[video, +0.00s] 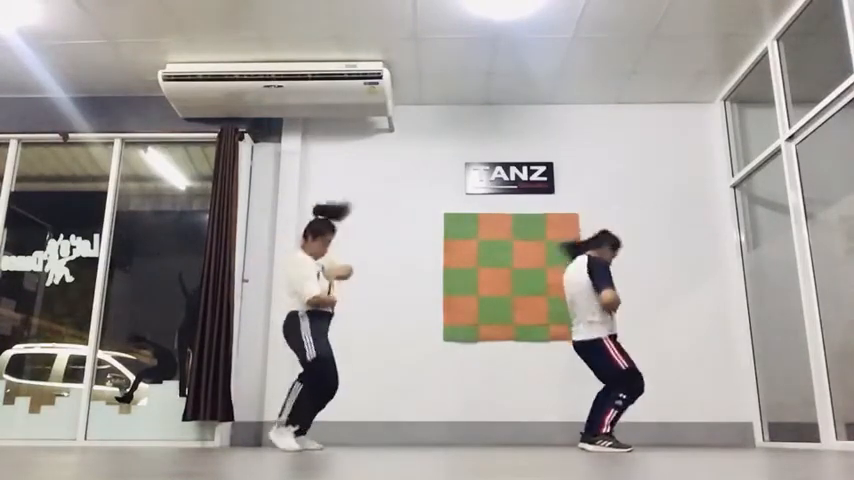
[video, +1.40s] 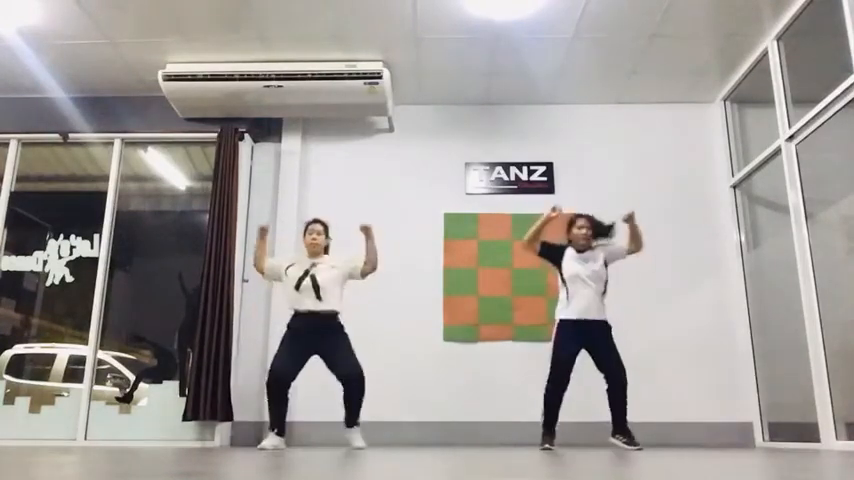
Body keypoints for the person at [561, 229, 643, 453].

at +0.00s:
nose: (612, 259)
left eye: (614, 255)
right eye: (612, 253)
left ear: (591, 248)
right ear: (602, 248)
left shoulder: (573, 267)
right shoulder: (595, 263)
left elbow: (577, 303)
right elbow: (608, 298)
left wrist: (602, 304)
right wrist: (613, 305)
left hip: (582, 338)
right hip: (598, 337)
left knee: (615, 383)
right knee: (633, 383)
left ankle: (592, 433)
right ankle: (601, 434)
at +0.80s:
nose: (640, 246)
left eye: (637, 242)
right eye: (635, 242)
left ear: (618, 247)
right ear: (624, 246)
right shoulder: (618, 261)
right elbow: (623, 295)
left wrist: (624, 331)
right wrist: (645, 324)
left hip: (575, 322)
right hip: (577, 323)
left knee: (606, 376)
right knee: (610, 375)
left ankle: (599, 434)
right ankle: (599, 435)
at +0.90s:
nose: (643, 254)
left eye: (642, 249)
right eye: (639, 249)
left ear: (625, 249)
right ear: (626, 249)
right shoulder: (611, 262)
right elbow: (614, 284)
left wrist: (635, 340)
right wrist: (642, 314)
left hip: (583, 325)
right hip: (570, 321)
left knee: (614, 376)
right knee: (599, 371)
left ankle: (601, 432)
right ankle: (593, 434)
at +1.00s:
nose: (635, 256)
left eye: (637, 251)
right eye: (630, 250)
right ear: (614, 251)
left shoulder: (615, 287)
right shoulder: (597, 266)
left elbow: (618, 327)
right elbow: (599, 257)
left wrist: (655, 329)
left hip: (591, 334)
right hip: (568, 326)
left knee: (625, 370)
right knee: (591, 373)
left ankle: (607, 428)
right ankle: (577, 435)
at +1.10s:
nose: (621, 248)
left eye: (626, 246)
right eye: (618, 243)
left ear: (629, 253)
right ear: (607, 244)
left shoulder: (620, 284)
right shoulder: (591, 260)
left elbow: (630, 312)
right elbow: (570, 239)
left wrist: (656, 294)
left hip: (595, 334)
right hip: (569, 324)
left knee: (625, 376)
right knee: (582, 374)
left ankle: (613, 431)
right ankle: (577, 435)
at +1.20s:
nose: (604, 239)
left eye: (609, 236)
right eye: (600, 234)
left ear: (618, 241)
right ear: (593, 236)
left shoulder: (621, 270)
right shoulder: (581, 255)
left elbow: (641, 284)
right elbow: (555, 233)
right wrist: (579, 223)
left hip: (598, 330)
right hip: (570, 323)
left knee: (617, 380)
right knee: (573, 369)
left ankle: (610, 434)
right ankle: (567, 430)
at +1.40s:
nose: (584, 232)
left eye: (588, 228)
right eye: (579, 228)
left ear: (593, 234)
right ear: (569, 234)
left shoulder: (603, 254)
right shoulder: (561, 254)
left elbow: (634, 247)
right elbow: (529, 243)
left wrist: (632, 225)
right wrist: (545, 219)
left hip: (597, 327)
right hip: (568, 326)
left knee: (617, 376)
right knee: (557, 380)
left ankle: (620, 430)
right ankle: (548, 433)